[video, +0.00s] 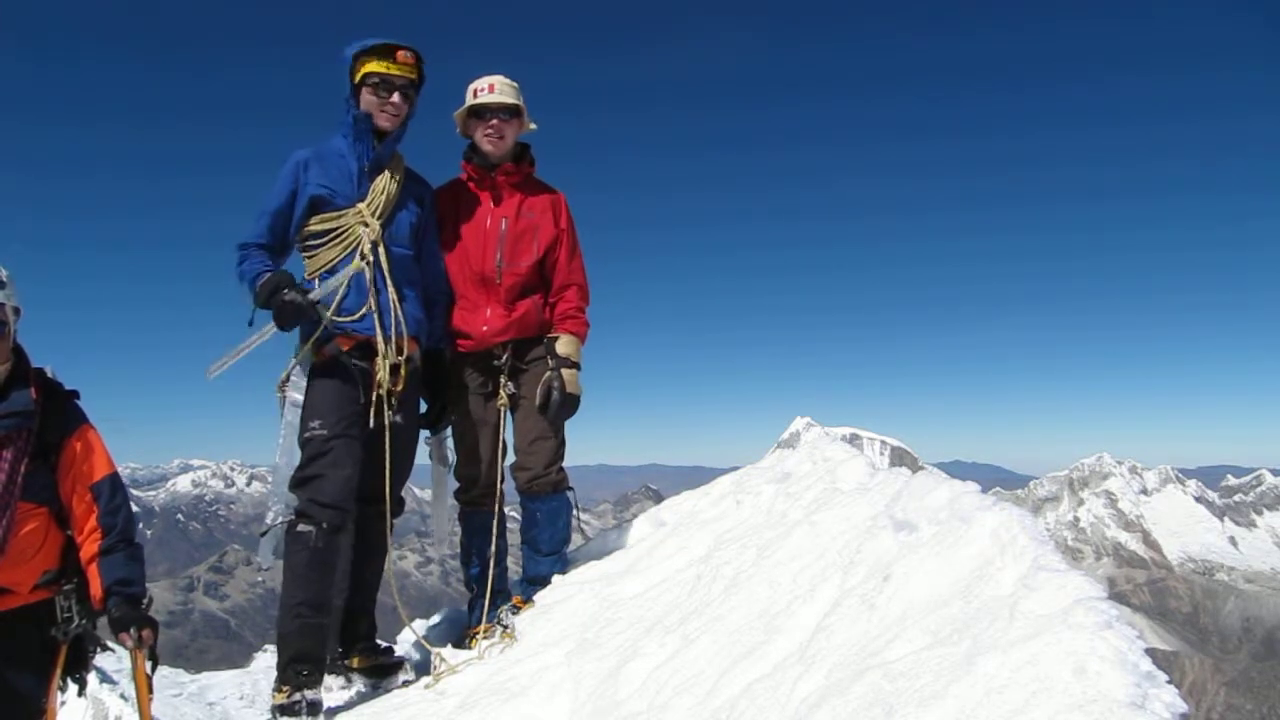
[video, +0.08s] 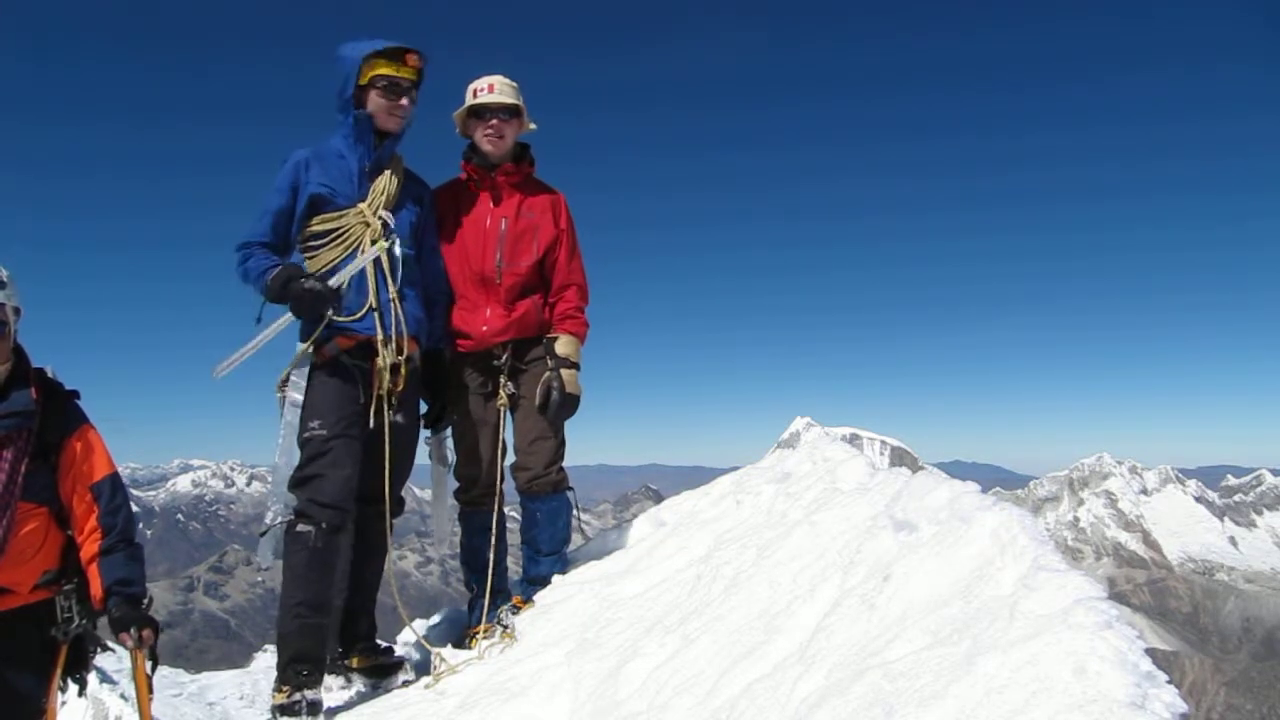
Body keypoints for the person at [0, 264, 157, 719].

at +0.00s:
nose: (0, 334)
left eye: (2, 320)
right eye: (1, 320)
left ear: (13, 323)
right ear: (8, 323)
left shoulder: (48, 410)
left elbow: (101, 508)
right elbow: (101, 508)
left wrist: (121, 597)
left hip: (25, 620)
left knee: (20, 706)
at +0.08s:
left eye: (1, 321)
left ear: (13, 324)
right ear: (7, 324)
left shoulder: (49, 411)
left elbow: (101, 509)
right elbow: (102, 509)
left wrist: (121, 597)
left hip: (24, 620)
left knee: (19, 706)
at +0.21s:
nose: (0, 334)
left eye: (2, 320)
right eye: (1, 320)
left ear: (14, 323)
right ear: (8, 323)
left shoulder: (50, 411)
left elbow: (102, 510)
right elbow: (103, 510)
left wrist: (122, 598)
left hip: (25, 620)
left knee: (20, 706)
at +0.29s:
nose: (0, 333)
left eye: (2, 320)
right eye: (1, 320)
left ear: (14, 323)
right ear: (8, 323)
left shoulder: (50, 411)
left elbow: (102, 510)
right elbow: (103, 510)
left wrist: (121, 598)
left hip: (25, 619)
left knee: (20, 705)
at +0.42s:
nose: (1, 335)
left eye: (3, 321)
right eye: (1, 321)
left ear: (14, 323)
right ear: (8, 323)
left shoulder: (50, 411)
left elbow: (102, 510)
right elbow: (103, 510)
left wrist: (122, 598)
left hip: (24, 620)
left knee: (20, 705)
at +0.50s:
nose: (1, 335)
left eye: (3, 321)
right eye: (1, 321)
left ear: (15, 323)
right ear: (8, 323)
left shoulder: (50, 411)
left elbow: (102, 510)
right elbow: (103, 511)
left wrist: (122, 598)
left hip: (24, 619)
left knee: (20, 705)